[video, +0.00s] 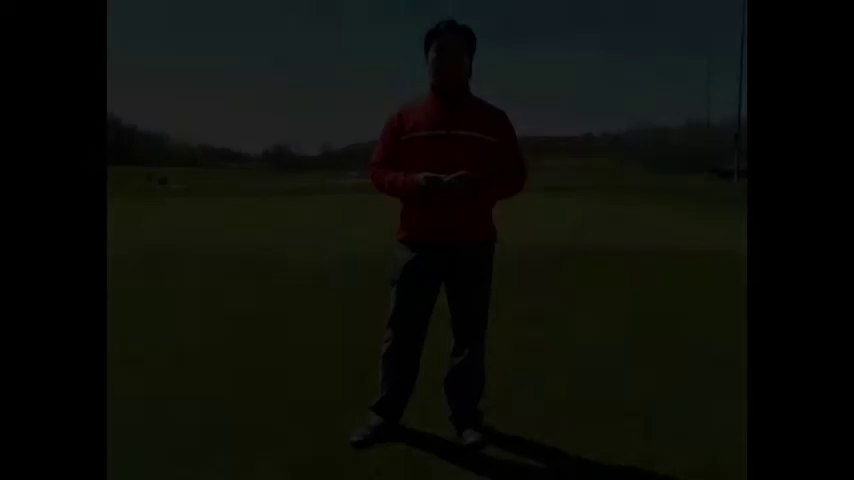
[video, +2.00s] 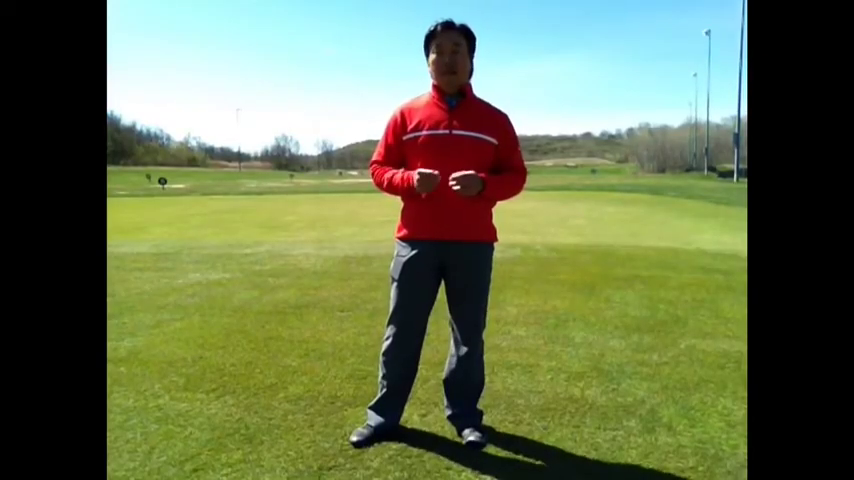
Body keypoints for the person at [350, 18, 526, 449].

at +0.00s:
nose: (444, 65)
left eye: (454, 55)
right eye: (438, 55)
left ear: (469, 61)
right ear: (426, 61)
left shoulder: (492, 121)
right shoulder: (406, 121)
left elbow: (514, 177)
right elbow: (380, 173)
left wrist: (474, 188)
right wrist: (413, 182)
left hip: (472, 246)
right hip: (420, 244)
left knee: (469, 339)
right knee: (402, 333)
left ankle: (467, 422)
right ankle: (386, 416)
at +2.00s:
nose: (448, 58)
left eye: (457, 50)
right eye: (439, 51)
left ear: (472, 59)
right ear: (427, 61)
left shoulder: (495, 121)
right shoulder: (405, 116)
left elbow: (516, 176)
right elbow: (379, 170)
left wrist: (485, 184)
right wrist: (408, 179)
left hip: (472, 245)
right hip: (416, 242)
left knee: (469, 336)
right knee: (400, 332)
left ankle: (467, 418)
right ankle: (383, 417)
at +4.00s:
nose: (454, 58)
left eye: (464, 51)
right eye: (447, 50)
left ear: (479, 61)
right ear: (435, 58)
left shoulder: (499, 122)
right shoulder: (410, 116)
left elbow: (519, 178)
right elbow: (385, 170)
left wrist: (485, 189)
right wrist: (419, 184)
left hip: (477, 245)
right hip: (421, 241)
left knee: (473, 335)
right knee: (404, 331)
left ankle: (467, 415)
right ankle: (384, 415)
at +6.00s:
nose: (451, 59)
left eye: (461, 52)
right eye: (444, 51)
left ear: (476, 60)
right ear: (432, 58)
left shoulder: (496, 122)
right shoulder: (407, 115)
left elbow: (515, 180)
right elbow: (380, 170)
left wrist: (479, 190)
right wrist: (414, 184)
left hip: (471, 245)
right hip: (416, 241)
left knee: (468, 333)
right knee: (399, 330)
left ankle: (466, 416)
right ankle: (381, 415)